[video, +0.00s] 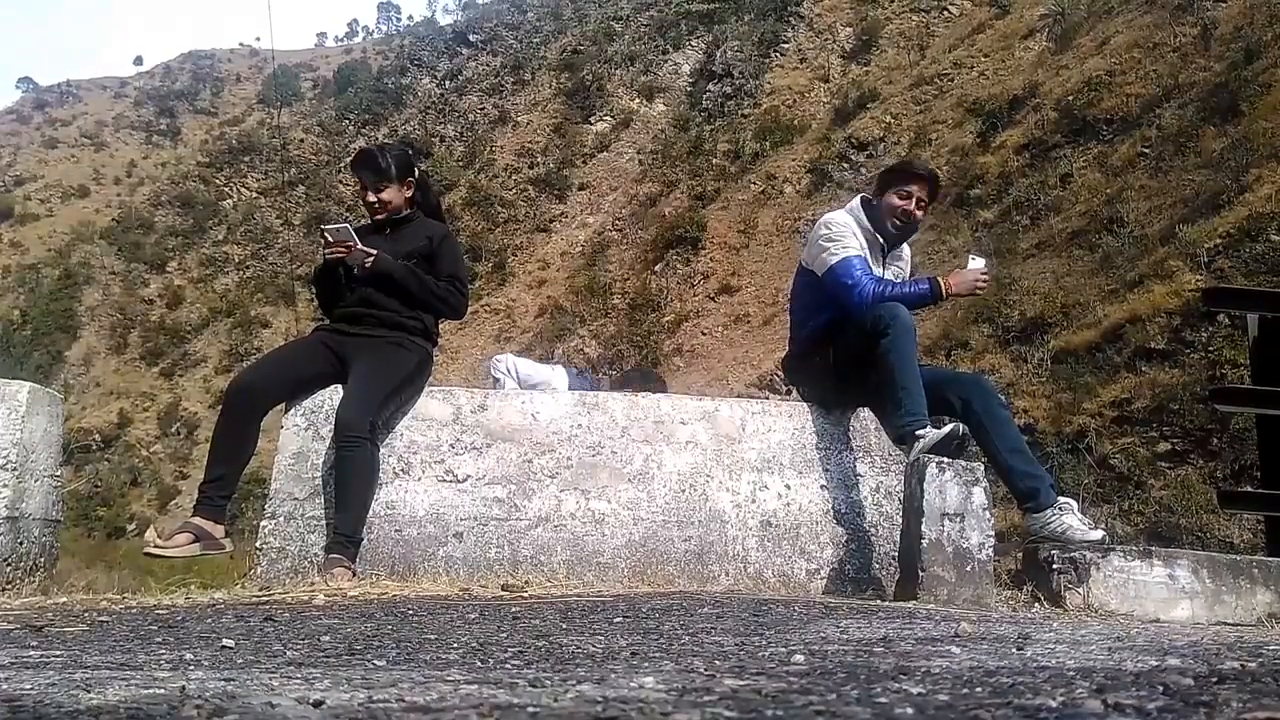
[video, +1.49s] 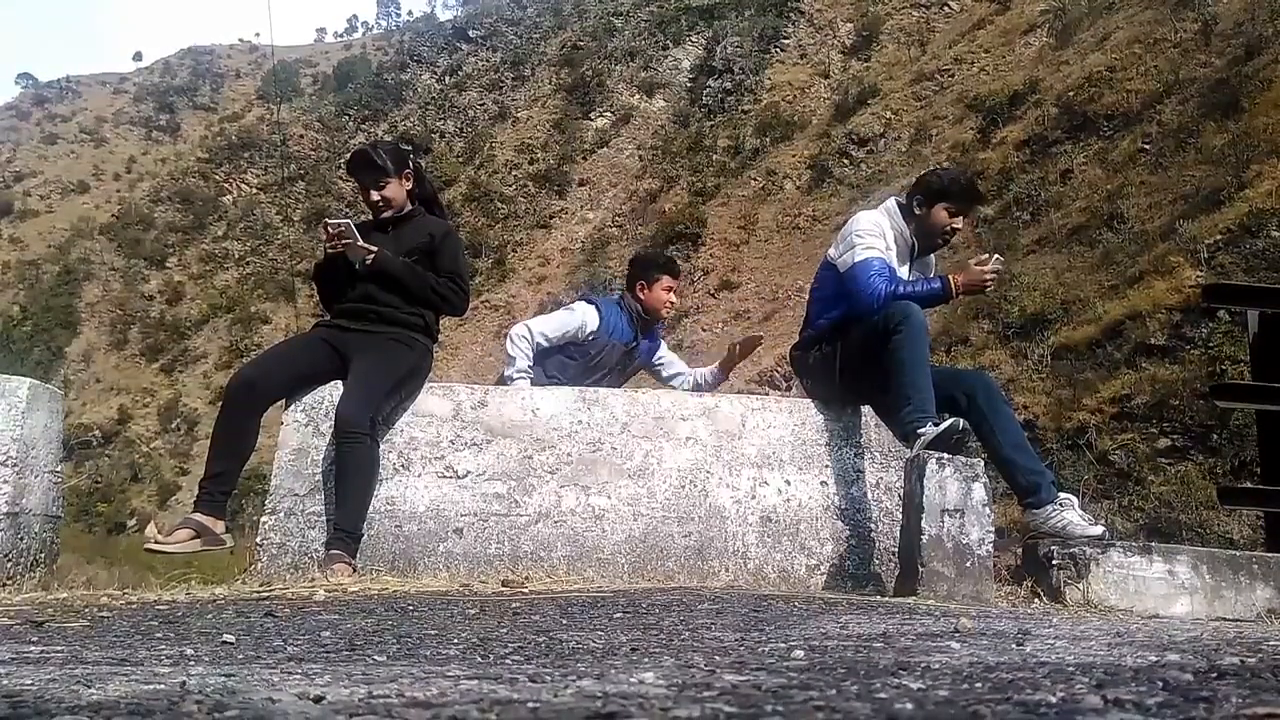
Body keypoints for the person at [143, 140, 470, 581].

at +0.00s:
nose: (371, 197)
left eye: (381, 188)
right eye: (365, 188)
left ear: (409, 186)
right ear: (360, 188)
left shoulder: (435, 235)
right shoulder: (355, 233)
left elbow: (455, 303)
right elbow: (331, 304)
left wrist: (384, 264)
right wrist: (331, 264)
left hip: (397, 346)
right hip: (337, 337)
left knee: (353, 425)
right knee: (247, 390)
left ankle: (341, 560)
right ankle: (208, 523)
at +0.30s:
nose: (371, 197)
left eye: (381, 187)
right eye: (365, 188)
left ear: (409, 184)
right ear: (360, 187)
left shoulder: (434, 232)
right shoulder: (356, 229)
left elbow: (455, 301)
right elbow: (330, 301)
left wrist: (383, 261)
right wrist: (332, 262)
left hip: (396, 344)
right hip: (336, 336)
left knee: (353, 424)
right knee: (247, 387)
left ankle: (340, 559)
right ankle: (208, 521)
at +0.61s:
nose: (375, 195)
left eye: (385, 185)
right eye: (367, 187)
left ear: (411, 182)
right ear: (362, 188)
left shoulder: (434, 233)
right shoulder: (355, 230)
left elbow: (455, 301)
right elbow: (331, 301)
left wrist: (382, 262)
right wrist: (330, 263)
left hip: (397, 344)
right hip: (336, 336)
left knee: (353, 423)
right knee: (247, 388)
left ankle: (341, 558)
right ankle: (208, 521)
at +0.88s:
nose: (376, 194)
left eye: (385, 183)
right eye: (368, 186)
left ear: (410, 178)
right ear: (362, 188)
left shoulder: (435, 231)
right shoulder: (355, 230)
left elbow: (455, 299)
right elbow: (332, 298)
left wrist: (378, 260)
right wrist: (328, 259)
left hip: (397, 342)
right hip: (336, 334)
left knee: (353, 421)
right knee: (247, 386)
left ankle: (341, 558)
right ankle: (208, 519)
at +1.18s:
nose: (374, 196)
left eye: (382, 185)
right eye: (366, 188)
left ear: (409, 177)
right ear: (359, 187)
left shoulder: (435, 229)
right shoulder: (356, 228)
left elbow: (456, 299)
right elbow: (334, 299)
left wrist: (376, 259)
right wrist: (329, 258)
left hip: (396, 341)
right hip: (336, 333)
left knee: (353, 420)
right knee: (247, 385)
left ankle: (340, 557)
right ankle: (208, 518)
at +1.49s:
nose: (374, 197)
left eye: (381, 186)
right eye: (366, 189)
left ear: (408, 177)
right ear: (360, 189)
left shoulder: (436, 231)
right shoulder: (358, 227)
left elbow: (456, 299)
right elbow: (333, 299)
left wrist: (382, 259)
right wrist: (334, 254)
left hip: (397, 342)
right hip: (337, 334)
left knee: (353, 419)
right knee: (247, 385)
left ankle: (341, 555)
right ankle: (208, 519)